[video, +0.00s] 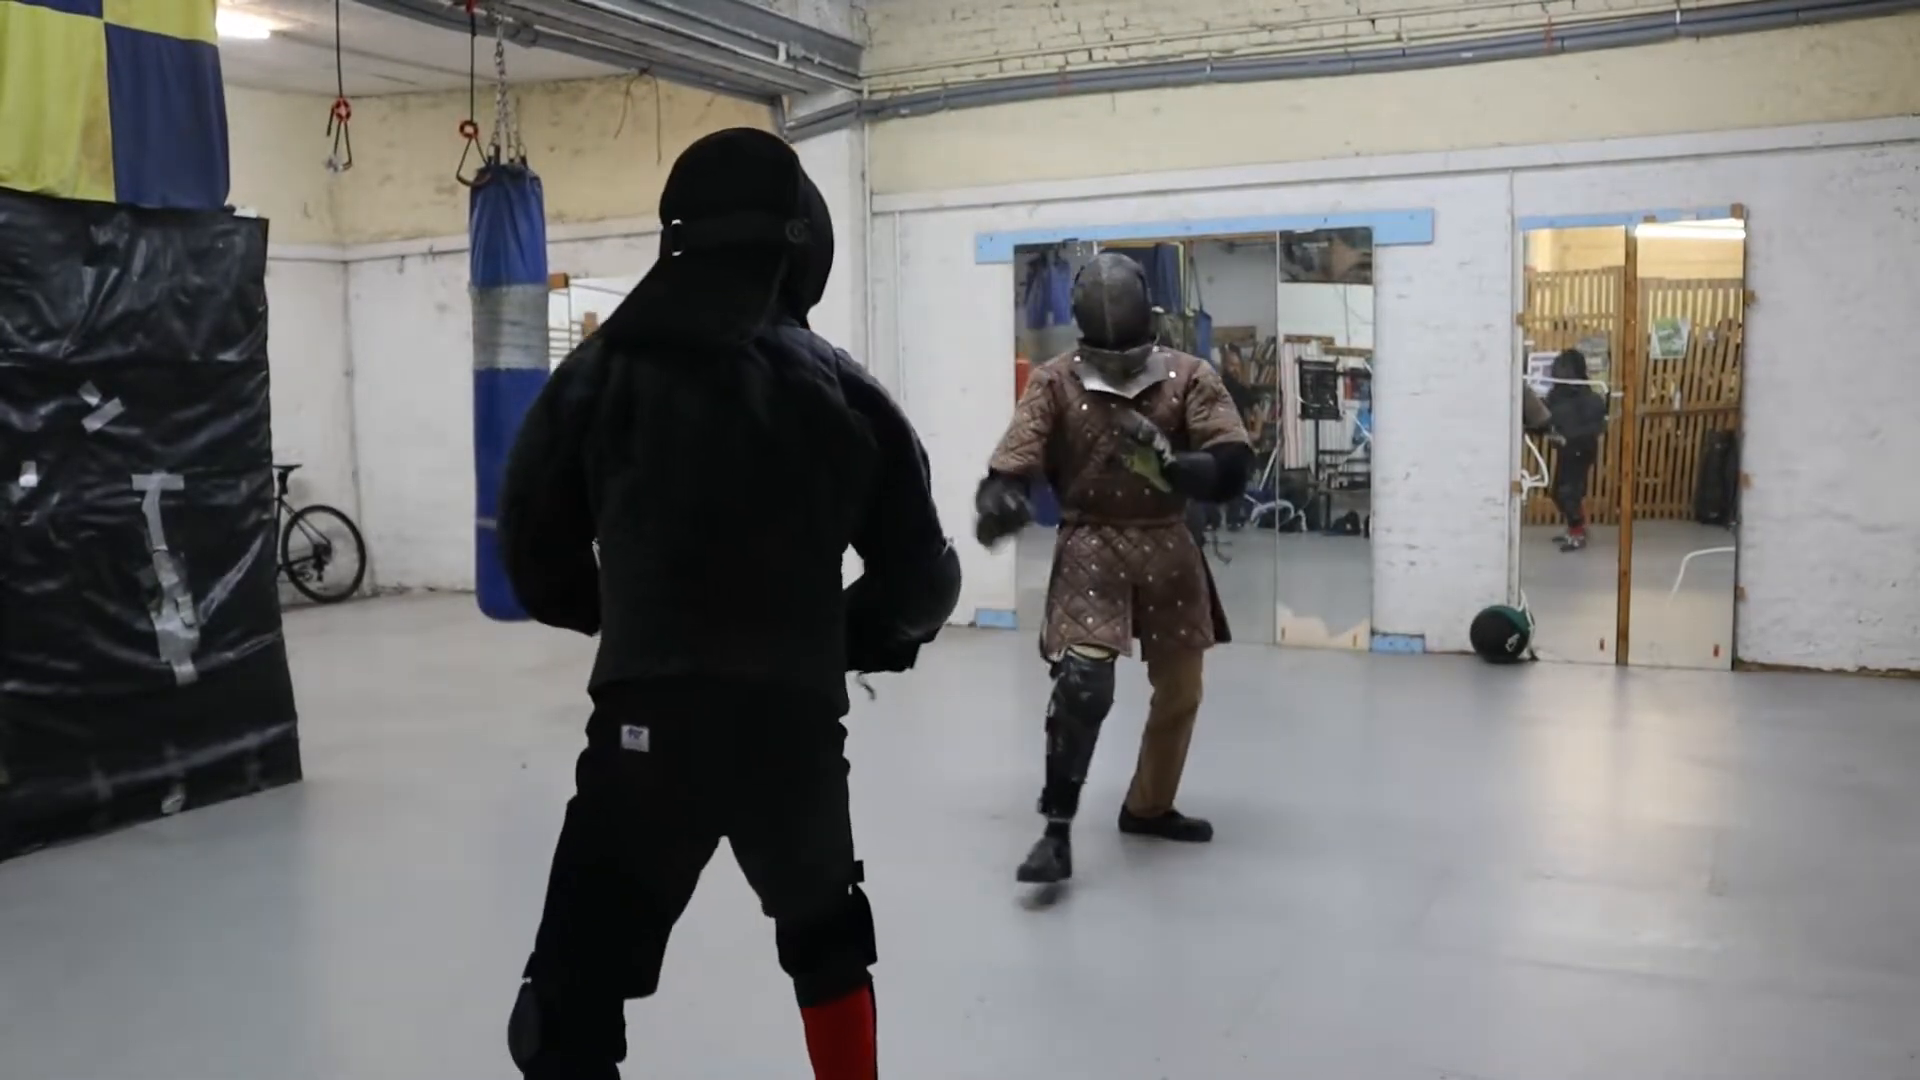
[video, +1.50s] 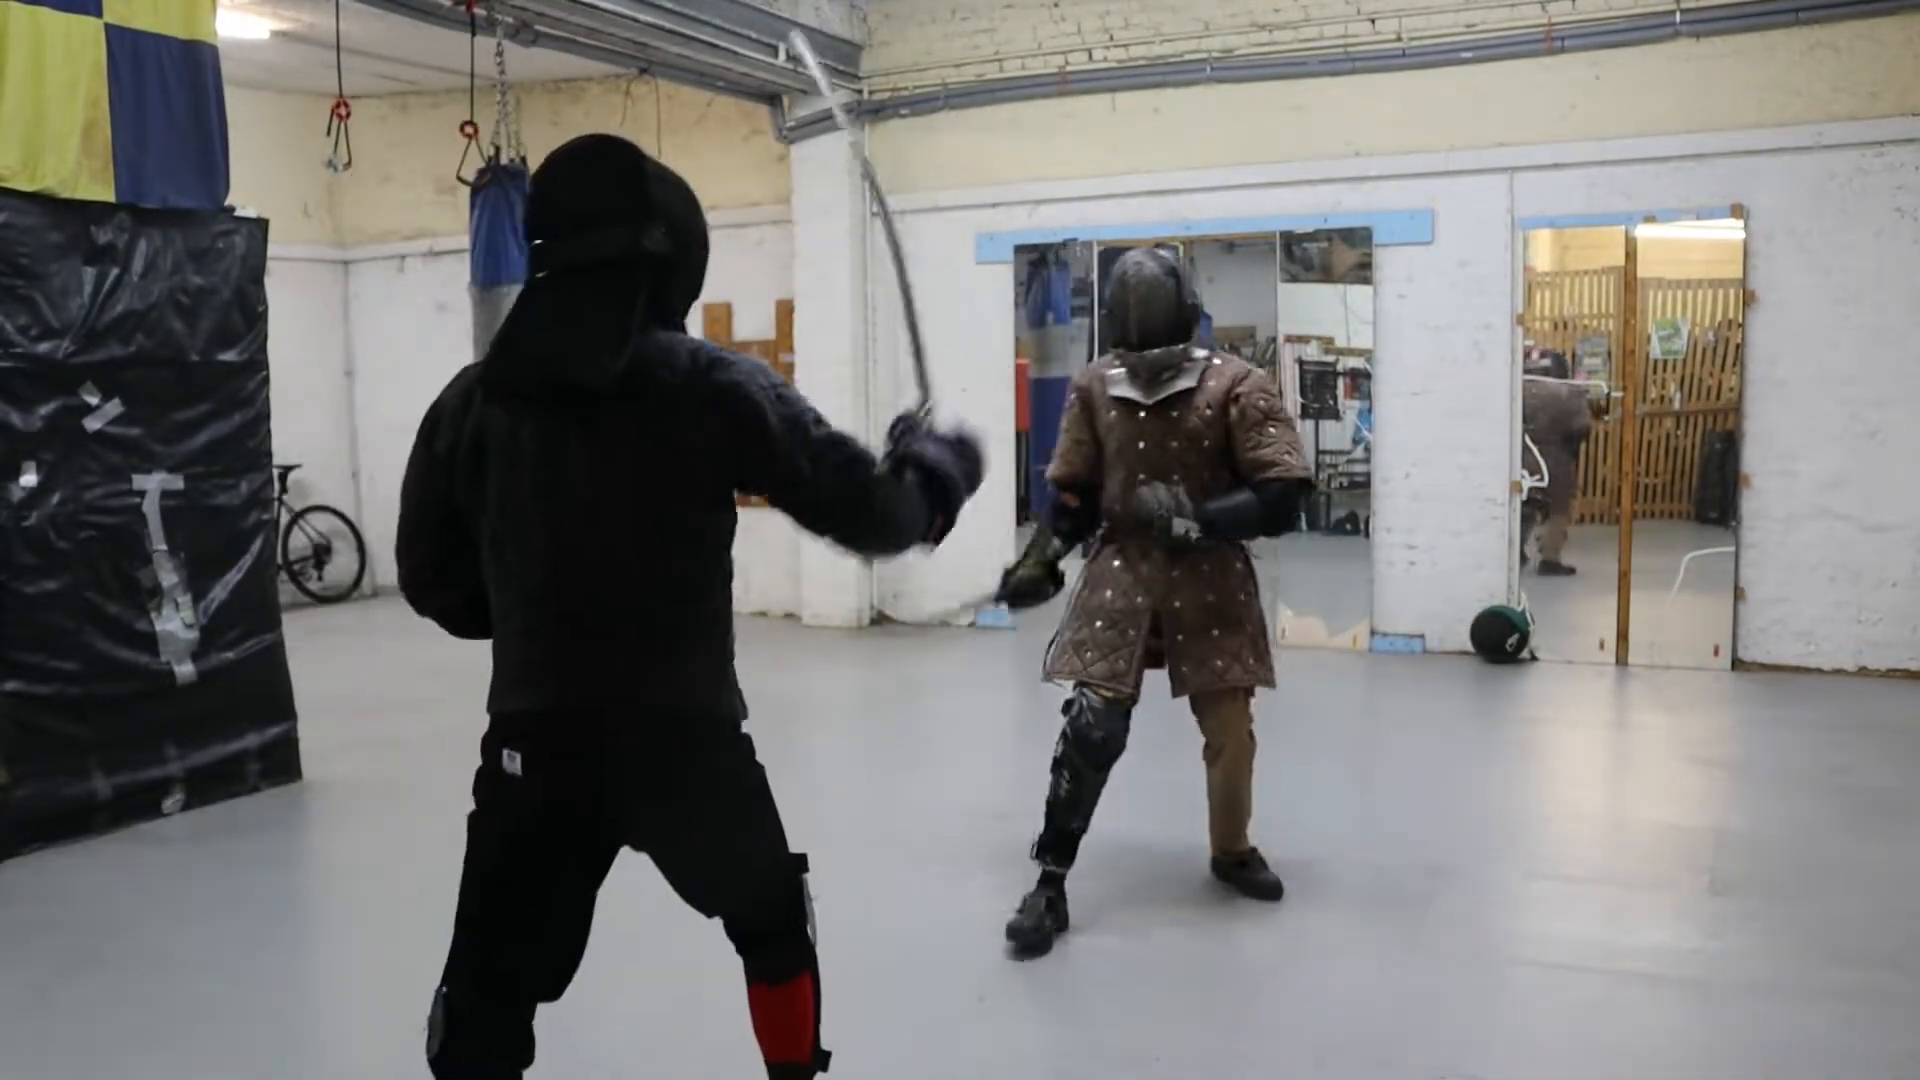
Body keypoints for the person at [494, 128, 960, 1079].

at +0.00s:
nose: (814, 258)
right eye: (807, 239)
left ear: (676, 243)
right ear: (796, 248)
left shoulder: (598, 374)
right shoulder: (839, 391)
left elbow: (536, 558)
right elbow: (922, 575)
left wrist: (625, 605)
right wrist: (841, 636)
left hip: (645, 736)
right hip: (792, 735)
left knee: (578, 984)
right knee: (827, 942)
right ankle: (849, 1073)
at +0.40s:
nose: (710, 284)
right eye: (699, 260)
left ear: (550, 263)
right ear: (681, 269)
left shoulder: (476, 410)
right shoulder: (714, 401)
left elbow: (441, 597)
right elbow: (880, 557)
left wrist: (551, 636)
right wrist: (869, 550)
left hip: (528, 778)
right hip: (688, 776)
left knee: (476, 1040)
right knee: (791, 949)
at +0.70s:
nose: (623, 297)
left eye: (618, 268)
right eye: (613, 269)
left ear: (455, 271)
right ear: (586, 276)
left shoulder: (390, 423)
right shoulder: (612, 412)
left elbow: (378, 617)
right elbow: (796, 552)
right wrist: (834, 497)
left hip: (441, 818)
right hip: (602, 812)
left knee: (372, 1057)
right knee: (759, 959)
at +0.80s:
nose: (583, 288)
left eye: (578, 262)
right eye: (575, 263)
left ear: (416, 263)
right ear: (550, 270)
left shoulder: (341, 415)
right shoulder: (575, 410)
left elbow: (319, 617)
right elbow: (708, 584)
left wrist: (446, 620)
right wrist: (784, 562)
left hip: (396, 813)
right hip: (559, 808)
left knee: (344, 1062)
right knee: (713, 989)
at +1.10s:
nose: (550, 272)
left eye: (545, 246)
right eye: (541, 247)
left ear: (373, 245)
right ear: (505, 252)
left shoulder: (319, 395)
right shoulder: (540, 380)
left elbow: (324, 559)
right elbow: (715, 543)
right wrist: (772, 500)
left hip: (383, 798)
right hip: (543, 790)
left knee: (339, 1058)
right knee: (682, 957)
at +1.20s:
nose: (574, 268)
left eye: (568, 241)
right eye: (564, 243)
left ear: (406, 255)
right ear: (538, 253)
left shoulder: (357, 406)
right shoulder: (576, 381)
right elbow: (783, 460)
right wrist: (856, 401)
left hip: (412, 802)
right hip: (572, 795)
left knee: (359, 1056)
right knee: (698, 959)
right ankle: (756, 1073)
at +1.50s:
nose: (694, 264)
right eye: (684, 244)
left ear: (550, 258)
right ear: (666, 256)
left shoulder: (471, 402)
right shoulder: (710, 390)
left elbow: (435, 580)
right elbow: (873, 511)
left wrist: (540, 602)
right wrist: (938, 466)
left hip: (535, 755)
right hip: (683, 748)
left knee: (485, 995)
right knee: (771, 921)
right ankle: (794, 1071)